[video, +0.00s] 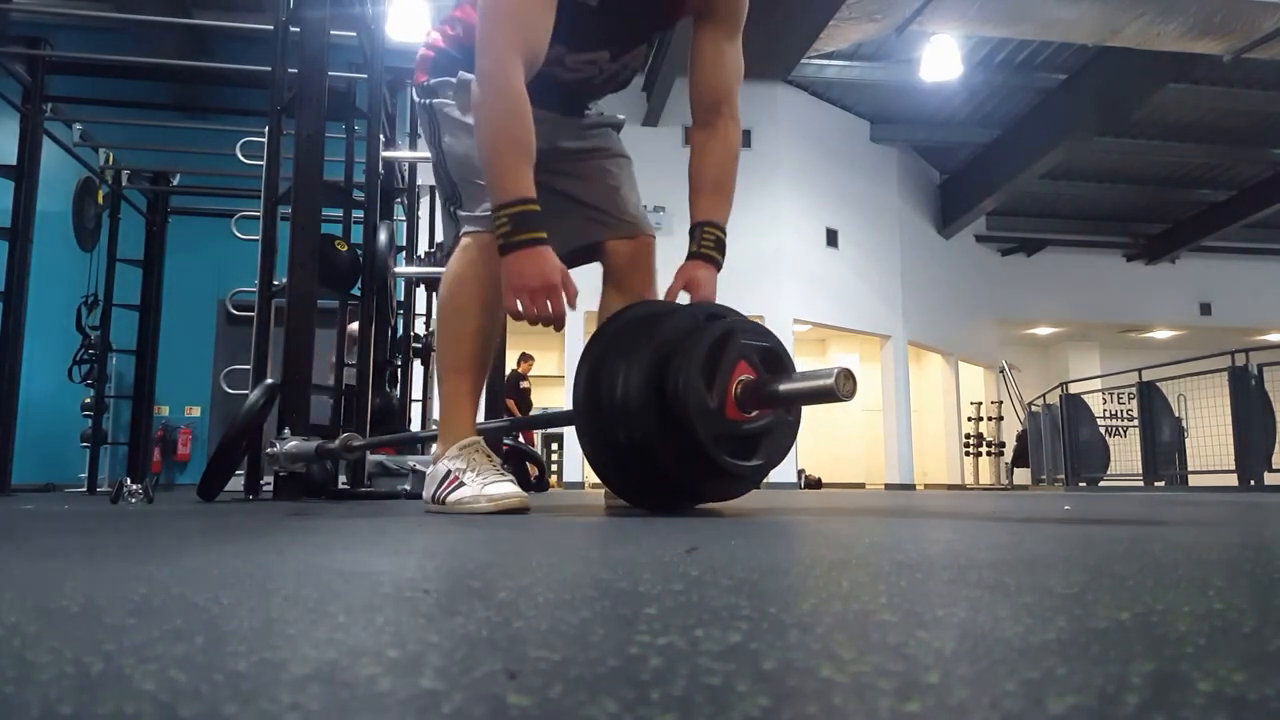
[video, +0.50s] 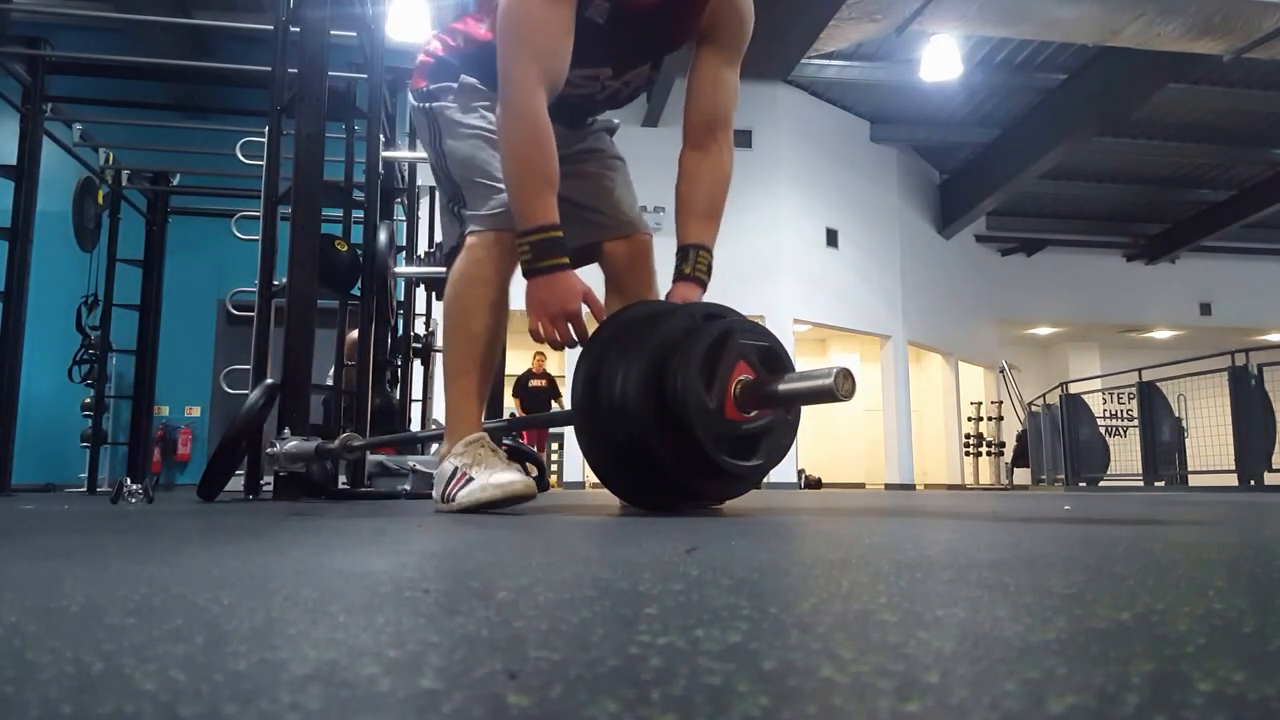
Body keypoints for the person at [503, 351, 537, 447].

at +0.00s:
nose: (530, 368)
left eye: (531, 365)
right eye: (529, 365)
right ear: (521, 363)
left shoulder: (526, 378)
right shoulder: (513, 376)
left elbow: (525, 397)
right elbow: (508, 398)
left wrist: (527, 413)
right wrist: (518, 416)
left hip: (525, 415)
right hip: (513, 416)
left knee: (530, 443)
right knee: (511, 444)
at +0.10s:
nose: (533, 367)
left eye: (534, 365)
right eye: (532, 364)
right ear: (524, 363)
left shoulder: (531, 379)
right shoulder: (515, 376)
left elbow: (530, 397)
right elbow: (508, 399)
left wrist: (531, 410)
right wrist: (517, 415)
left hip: (528, 415)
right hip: (514, 416)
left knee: (532, 444)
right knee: (513, 444)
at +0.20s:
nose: (535, 366)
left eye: (536, 364)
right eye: (533, 363)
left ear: (538, 365)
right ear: (526, 362)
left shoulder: (537, 380)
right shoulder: (518, 377)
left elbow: (537, 398)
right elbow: (509, 397)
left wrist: (536, 413)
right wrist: (517, 414)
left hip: (533, 418)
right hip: (519, 418)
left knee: (535, 447)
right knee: (515, 447)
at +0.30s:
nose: (537, 365)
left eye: (539, 363)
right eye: (535, 362)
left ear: (541, 364)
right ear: (528, 363)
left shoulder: (542, 379)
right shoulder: (520, 378)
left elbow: (544, 398)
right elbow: (511, 396)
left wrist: (544, 413)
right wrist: (518, 413)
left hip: (538, 417)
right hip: (523, 417)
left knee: (538, 447)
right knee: (520, 446)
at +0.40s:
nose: (539, 364)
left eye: (541, 362)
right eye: (537, 361)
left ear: (543, 363)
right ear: (531, 362)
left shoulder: (546, 379)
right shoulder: (523, 377)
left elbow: (551, 397)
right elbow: (514, 396)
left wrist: (556, 411)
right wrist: (520, 413)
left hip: (542, 417)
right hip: (526, 417)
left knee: (541, 448)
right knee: (525, 446)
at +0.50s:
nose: (540, 363)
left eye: (542, 361)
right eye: (538, 360)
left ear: (545, 362)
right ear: (533, 361)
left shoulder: (549, 377)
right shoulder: (524, 377)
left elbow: (557, 396)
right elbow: (516, 396)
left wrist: (563, 409)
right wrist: (520, 412)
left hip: (544, 417)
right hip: (528, 417)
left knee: (541, 449)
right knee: (529, 447)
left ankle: (542, 474)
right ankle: (529, 473)